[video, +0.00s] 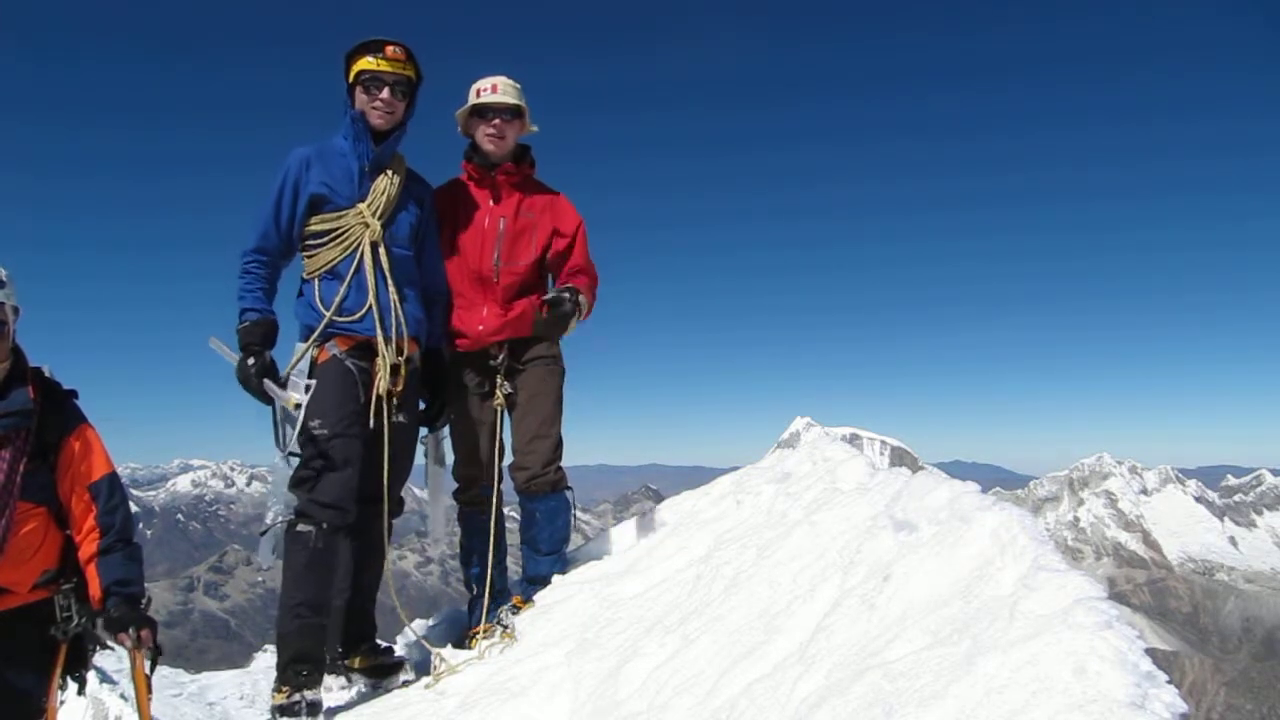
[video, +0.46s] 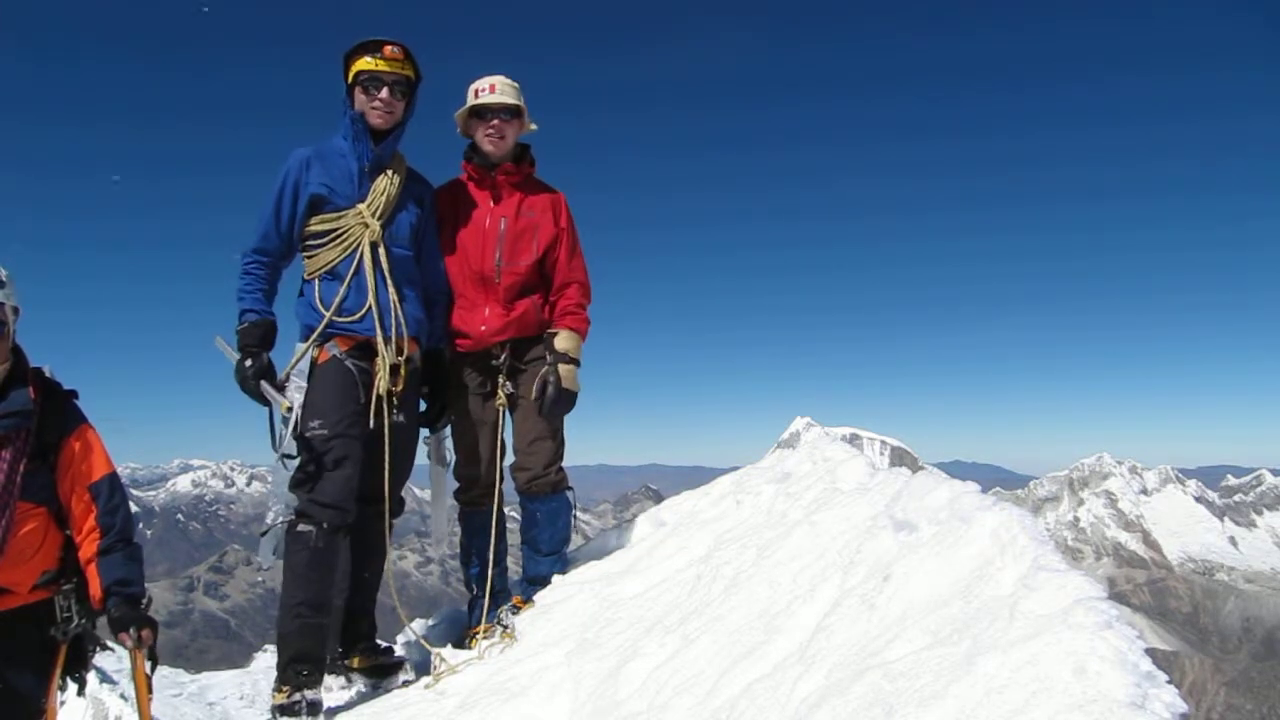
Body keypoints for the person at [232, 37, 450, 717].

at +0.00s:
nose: (384, 97)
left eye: (397, 88)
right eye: (372, 85)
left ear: (410, 100)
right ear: (352, 92)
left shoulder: (418, 191)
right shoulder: (312, 163)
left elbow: (431, 283)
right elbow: (261, 257)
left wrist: (438, 362)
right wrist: (256, 338)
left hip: (405, 363)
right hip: (338, 356)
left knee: (377, 506)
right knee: (326, 503)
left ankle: (354, 639)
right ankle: (299, 670)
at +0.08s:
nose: (383, 97)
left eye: (396, 88)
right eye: (371, 85)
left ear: (410, 100)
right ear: (352, 92)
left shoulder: (418, 191)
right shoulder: (312, 164)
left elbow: (431, 283)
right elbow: (261, 257)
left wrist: (438, 362)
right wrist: (255, 339)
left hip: (405, 362)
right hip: (338, 355)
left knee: (377, 505)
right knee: (327, 502)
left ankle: (354, 639)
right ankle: (299, 670)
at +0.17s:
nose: (383, 97)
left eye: (396, 88)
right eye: (371, 85)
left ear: (410, 100)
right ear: (351, 92)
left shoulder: (418, 190)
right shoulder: (312, 164)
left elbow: (431, 282)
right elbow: (261, 257)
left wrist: (439, 362)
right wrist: (255, 338)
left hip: (405, 362)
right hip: (338, 355)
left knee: (378, 504)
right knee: (328, 500)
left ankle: (355, 639)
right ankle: (299, 669)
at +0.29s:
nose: (383, 97)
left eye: (396, 88)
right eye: (371, 85)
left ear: (410, 100)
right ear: (351, 93)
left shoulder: (418, 191)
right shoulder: (312, 164)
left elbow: (431, 283)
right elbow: (261, 257)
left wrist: (439, 362)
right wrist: (255, 337)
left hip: (406, 362)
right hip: (339, 355)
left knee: (378, 504)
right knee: (328, 501)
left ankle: (354, 639)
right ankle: (300, 669)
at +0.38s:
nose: (383, 97)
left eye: (396, 88)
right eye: (371, 85)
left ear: (410, 100)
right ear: (351, 92)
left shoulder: (418, 190)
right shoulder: (313, 164)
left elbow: (433, 282)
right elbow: (262, 258)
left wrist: (439, 364)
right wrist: (254, 339)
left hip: (405, 363)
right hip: (338, 356)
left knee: (378, 504)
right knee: (328, 500)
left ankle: (355, 638)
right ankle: (300, 670)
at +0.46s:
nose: (383, 97)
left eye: (396, 88)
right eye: (371, 85)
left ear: (410, 100)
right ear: (351, 93)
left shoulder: (418, 190)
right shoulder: (313, 164)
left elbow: (433, 282)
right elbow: (262, 257)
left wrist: (439, 364)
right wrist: (254, 338)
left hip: (405, 364)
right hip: (338, 356)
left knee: (378, 504)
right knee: (328, 500)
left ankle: (355, 638)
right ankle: (300, 670)